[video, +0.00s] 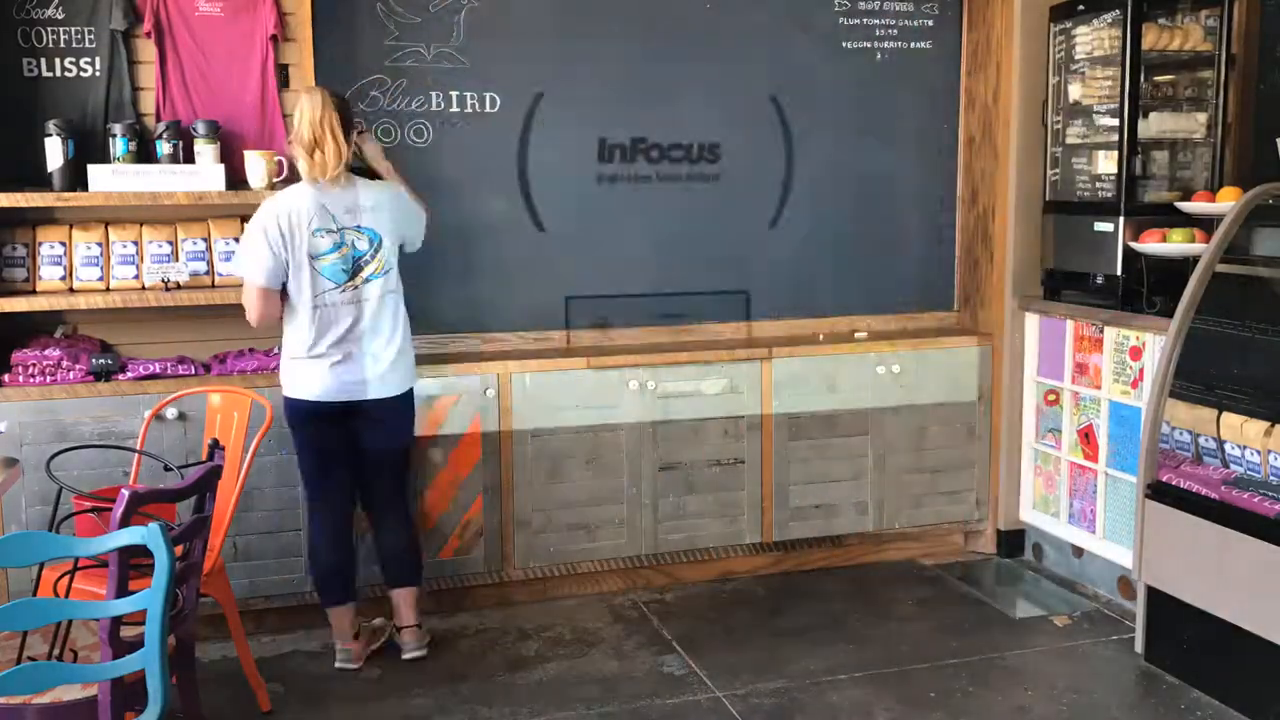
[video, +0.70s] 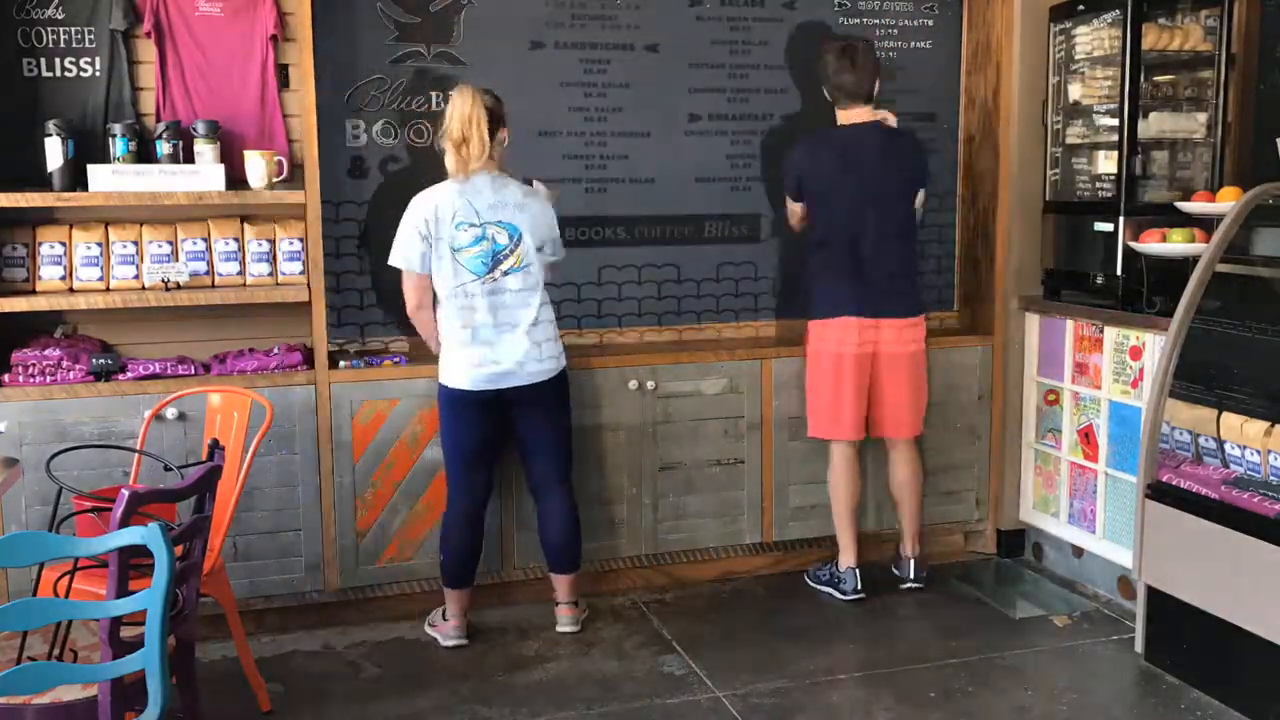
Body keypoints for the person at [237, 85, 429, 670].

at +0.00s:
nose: (291, 138)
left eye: (290, 129)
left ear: (293, 140)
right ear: (349, 136)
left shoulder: (276, 211)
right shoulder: (383, 198)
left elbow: (260, 311)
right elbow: (417, 221)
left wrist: (302, 294)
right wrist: (380, 162)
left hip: (311, 389)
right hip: (385, 385)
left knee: (326, 508)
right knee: (390, 500)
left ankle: (346, 643)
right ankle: (410, 629)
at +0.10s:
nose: (311, 129)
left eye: (311, 120)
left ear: (316, 125)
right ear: (367, 128)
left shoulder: (282, 196)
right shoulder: (389, 198)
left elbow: (260, 294)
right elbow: (381, 258)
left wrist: (305, 283)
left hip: (315, 386)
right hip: (389, 380)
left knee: (328, 508)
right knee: (393, 499)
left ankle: (335, 632)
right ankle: (395, 627)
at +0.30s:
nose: (434, 140)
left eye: (432, 131)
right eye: (430, 132)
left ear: (368, 138)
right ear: (418, 138)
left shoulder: (351, 201)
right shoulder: (451, 195)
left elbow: (351, 295)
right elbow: (472, 263)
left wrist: (318, 254)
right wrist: (464, 197)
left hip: (392, 380)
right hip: (463, 369)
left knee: (404, 500)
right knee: (472, 491)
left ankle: (406, 624)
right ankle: (478, 618)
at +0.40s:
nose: (469, 136)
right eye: (467, 128)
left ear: (410, 130)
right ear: (463, 131)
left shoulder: (388, 200)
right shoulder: (487, 194)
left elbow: (380, 295)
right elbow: (498, 249)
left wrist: (326, 258)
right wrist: (494, 183)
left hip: (425, 374)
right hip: (493, 368)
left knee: (436, 493)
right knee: (487, 489)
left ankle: (450, 616)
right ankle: (479, 615)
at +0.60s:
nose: (477, 140)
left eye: (472, 132)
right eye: (472, 134)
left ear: (417, 147)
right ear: (464, 141)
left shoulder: (413, 218)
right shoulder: (506, 192)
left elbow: (411, 318)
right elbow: (543, 224)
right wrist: (522, 166)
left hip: (465, 374)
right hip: (536, 365)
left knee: (464, 497)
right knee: (552, 483)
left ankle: (454, 618)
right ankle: (567, 607)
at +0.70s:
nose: (508, 136)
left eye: (501, 127)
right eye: (506, 128)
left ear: (448, 136)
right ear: (500, 134)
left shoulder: (425, 206)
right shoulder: (534, 200)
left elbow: (417, 303)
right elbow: (548, 270)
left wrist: (450, 353)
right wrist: (538, 200)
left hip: (467, 378)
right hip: (539, 371)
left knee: (465, 498)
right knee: (553, 485)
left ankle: (454, 618)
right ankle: (566, 607)